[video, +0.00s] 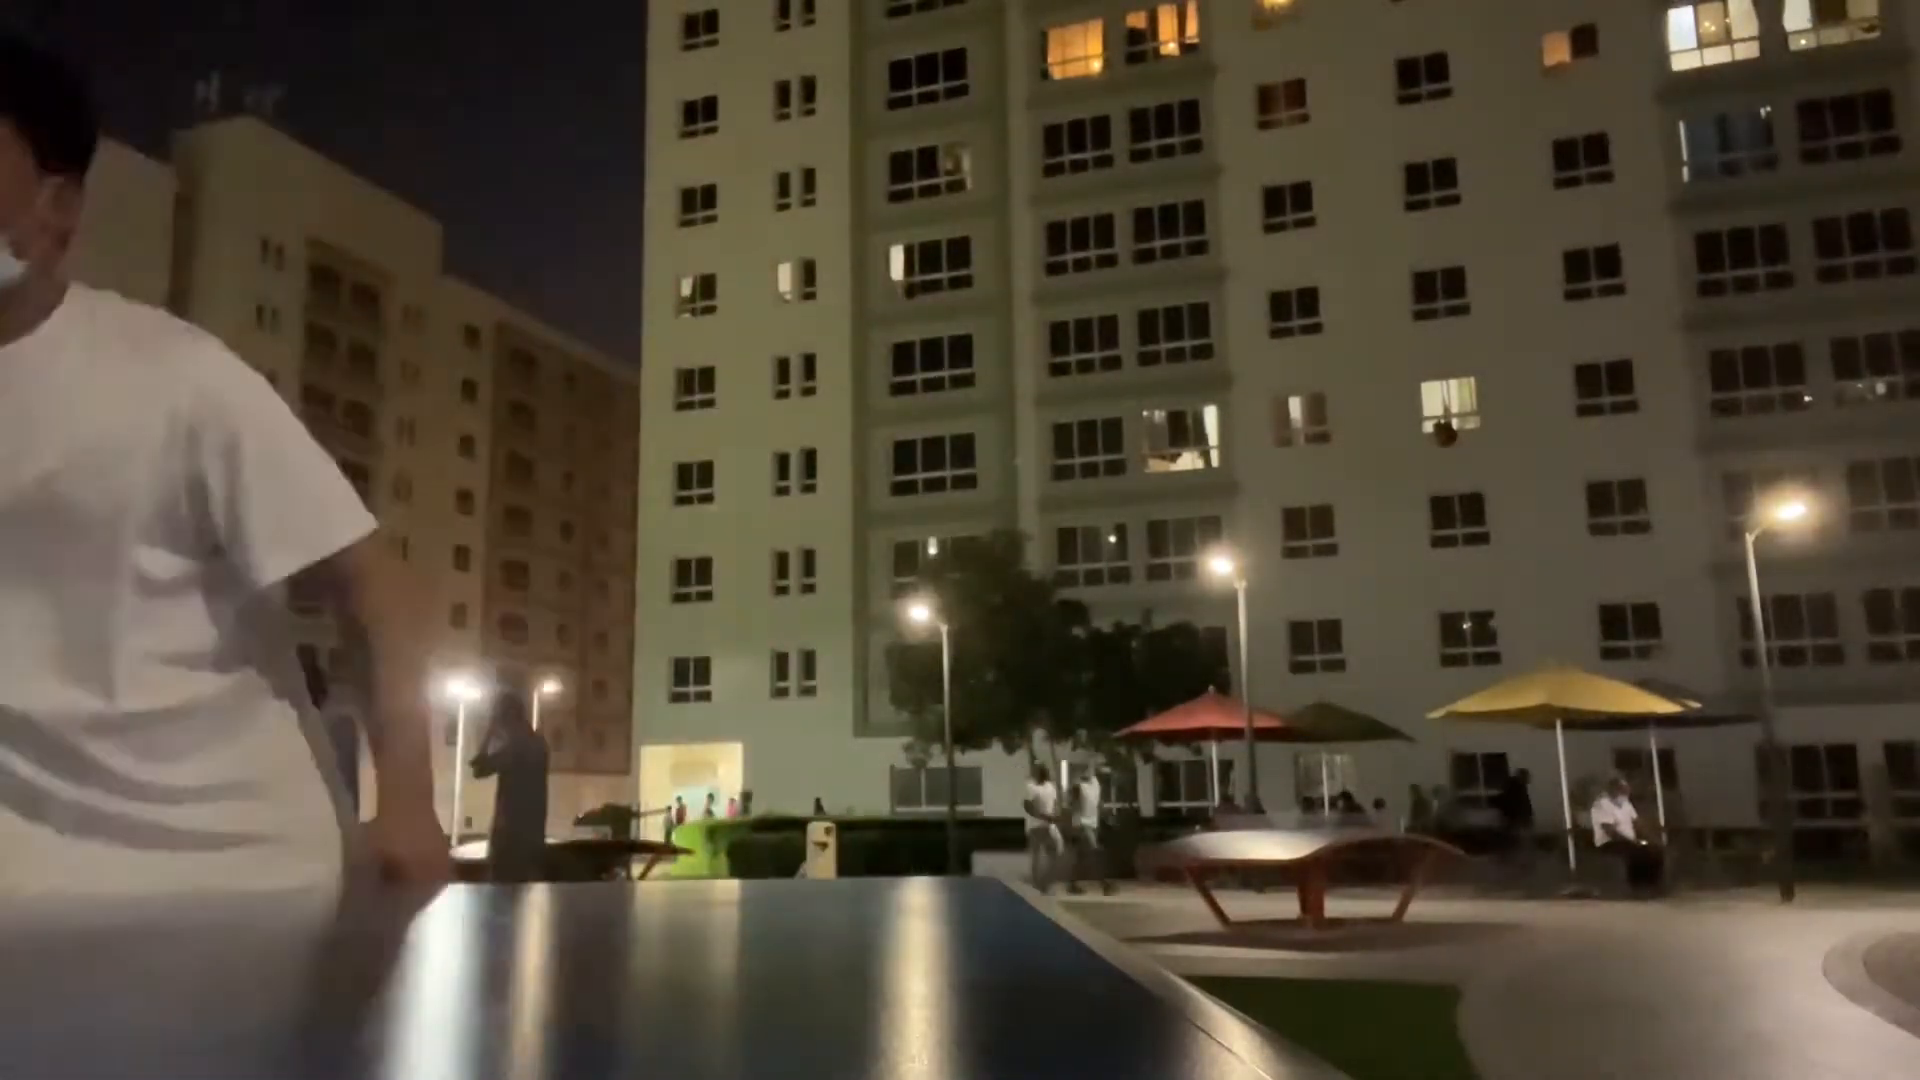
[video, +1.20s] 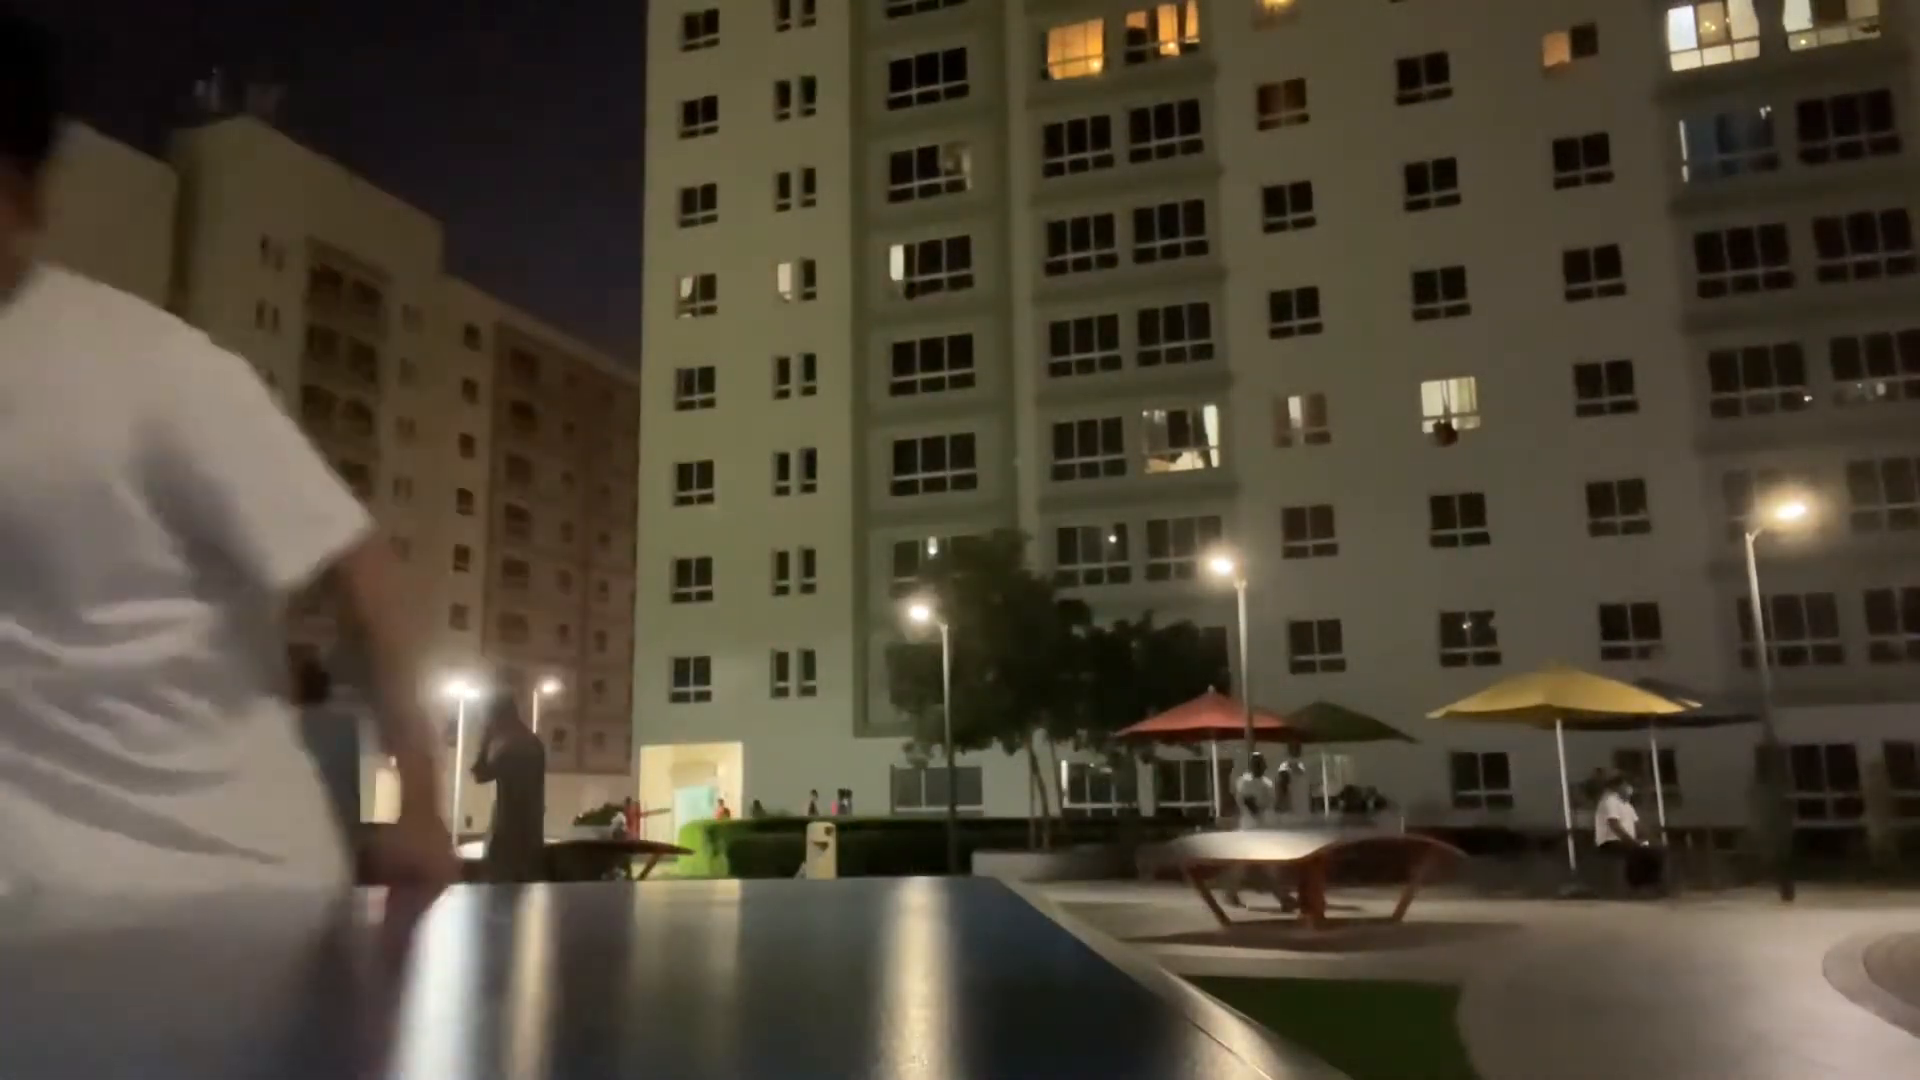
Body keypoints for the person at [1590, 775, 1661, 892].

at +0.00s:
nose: (1625, 792)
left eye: (1626, 789)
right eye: (1622, 789)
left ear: (1627, 789)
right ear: (1614, 790)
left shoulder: (1624, 802)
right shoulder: (1602, 804)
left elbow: (1636, 821)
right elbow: (1609, 829)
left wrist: (1649, 834)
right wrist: (1632, 842)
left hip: (1629, 840)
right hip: (1609, 842)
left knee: (1654, 850)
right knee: (1638, 854)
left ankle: (1651, 888)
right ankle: (1638, 889)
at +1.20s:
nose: (1631, 790)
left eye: (1631, 787)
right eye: (1627, 786)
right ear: (1619, 786)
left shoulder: (1626, 803)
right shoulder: (1610, 799)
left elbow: (1636, 822)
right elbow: (1613, 822)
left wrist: (1647, 835)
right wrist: (1633, 841)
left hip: (1627, 841)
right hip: (1611, 843)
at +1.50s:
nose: (1629, 789)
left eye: (1629, 785)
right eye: (1626, 785)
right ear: (1617, 787)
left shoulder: (1625, 802)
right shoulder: (1608, 800)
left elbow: (1636, 821)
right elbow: (1610, 822)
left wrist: (1651, 834)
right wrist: (1630, 841)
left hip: (1627, 840)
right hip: (1609, 843)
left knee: (1653, 851)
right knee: (1641, 855)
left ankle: (1651, 886)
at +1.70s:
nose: (1628, 793)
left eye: (1629, 789)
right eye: (1624, 789)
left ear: (1630, 790)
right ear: (1616, 789)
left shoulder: (1626, 803)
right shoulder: (1608, 801)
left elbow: (1637, 821)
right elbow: (1610, 824)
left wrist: (1649, 835)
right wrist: (1629, 841)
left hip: (1628, 840)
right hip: (1609, 842)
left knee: (1654, 851)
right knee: (1637, 853)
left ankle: (1652, 885)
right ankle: (1638, 887)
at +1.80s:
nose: (1628, 790)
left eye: (1628, 786)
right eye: (1624, 786)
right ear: (1616, 788)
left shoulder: (1627, 803)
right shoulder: (1607, 802)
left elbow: (1637, 821)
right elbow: (1609, 824)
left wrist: (1648, 836)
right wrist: (1630, 841)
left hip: (1629, 840)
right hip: (1610, 842)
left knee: (1654, 851)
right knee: (1638, 853)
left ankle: (1652, 886)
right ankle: (1638, 887)